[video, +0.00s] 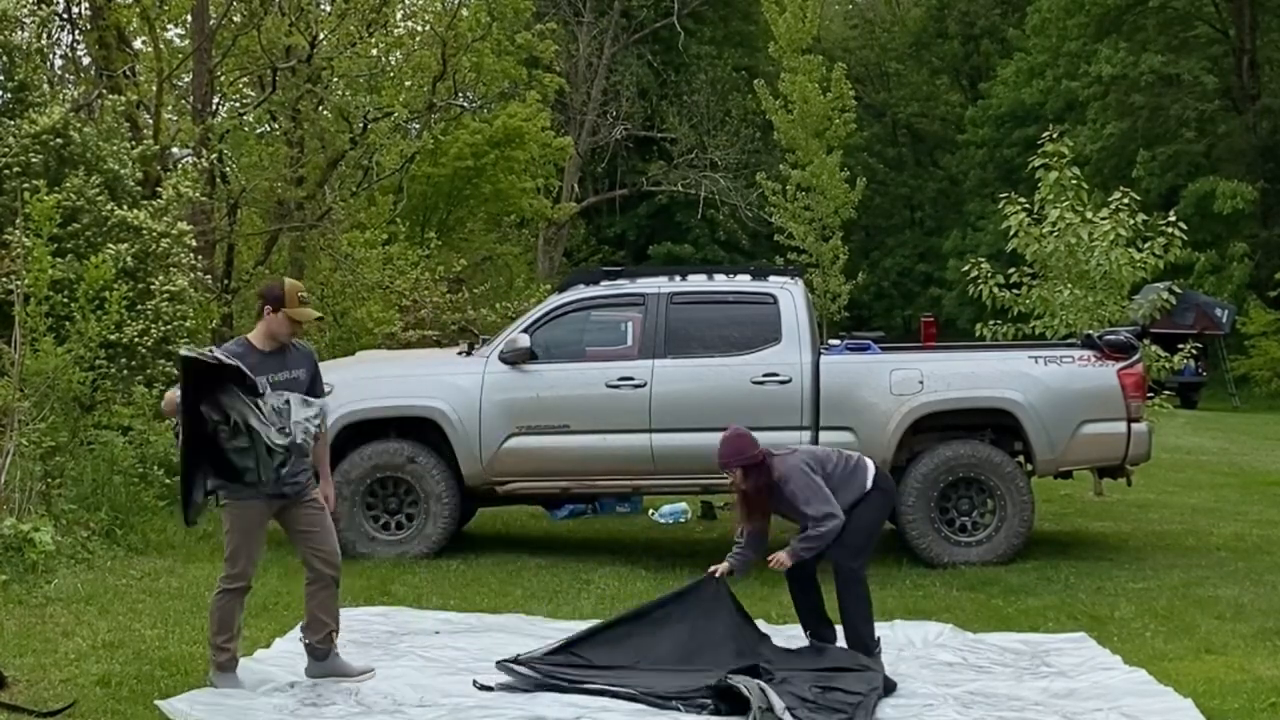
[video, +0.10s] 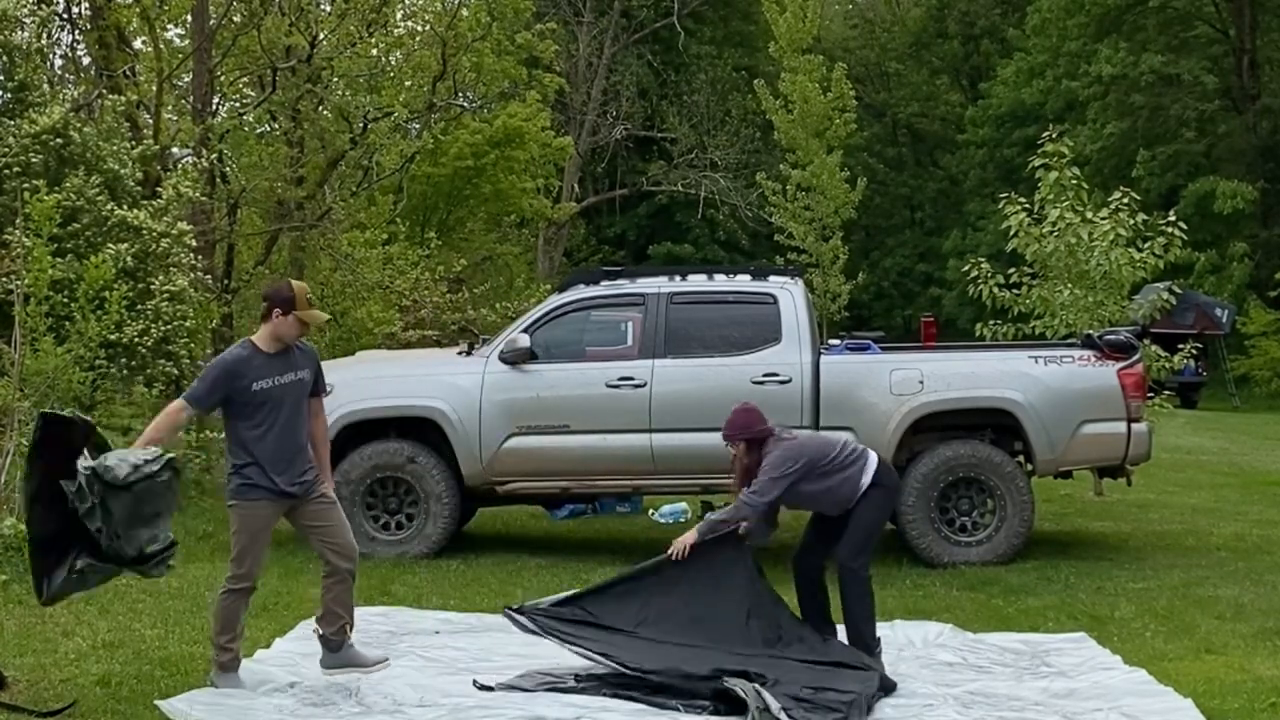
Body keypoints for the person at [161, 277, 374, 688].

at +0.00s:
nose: (298, 327)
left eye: (300, 320)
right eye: (293, 319)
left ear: (285, 316)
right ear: (269, 313)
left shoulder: (303, 358)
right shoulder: (228, 358)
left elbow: (318, 425)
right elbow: (170, 403)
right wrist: (201, 389)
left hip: (298, 486)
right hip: (246, 489)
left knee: (326, 562)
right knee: (237, 577)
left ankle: (321, 656)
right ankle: (223, 667)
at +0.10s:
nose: (305, 329)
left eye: (306, 322)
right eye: (299, 321)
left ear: (287, 317)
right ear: (275, 316)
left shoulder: (305, 357)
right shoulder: (233, 364)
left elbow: (316, 416)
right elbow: (181, 410)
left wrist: (325, 474)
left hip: (305, 482)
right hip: (254, 487)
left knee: (343, 555)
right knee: (243, 578)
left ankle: (336, 647)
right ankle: (225, 669)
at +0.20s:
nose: (336, 333)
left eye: (337, 327)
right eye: (333, 326)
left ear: (316, 322)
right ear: (310, 321)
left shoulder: (332, 363)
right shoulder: (263, 369)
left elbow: (339, 423)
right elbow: (223, 426)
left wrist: (348, 480)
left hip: (325, 489)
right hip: (277, 492)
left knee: (354, 567)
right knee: (257, 581)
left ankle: (373, 658)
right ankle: (226, 667)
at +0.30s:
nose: (403, 336)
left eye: (404, 329)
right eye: (399, 328)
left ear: (382, 327)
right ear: (378, 326)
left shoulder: (388, 371)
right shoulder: (338, 370)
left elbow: (388, 435)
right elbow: (304, 427)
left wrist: (398, 492)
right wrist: (310, 491)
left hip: (374, 499)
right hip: (335, 499)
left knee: (385, 582)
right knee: (315, 582)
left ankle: (384, 670)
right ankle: (245, 653)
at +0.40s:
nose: (444, 335)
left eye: (445, 327)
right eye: (441, 326)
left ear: (422, 324)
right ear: (420, 322)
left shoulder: (425, 368)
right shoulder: (380, 365)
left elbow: (429, 432)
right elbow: (352, 426)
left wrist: (449, 489)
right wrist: (370, 484)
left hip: (405, 486)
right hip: (382, 487)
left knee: (393, 571)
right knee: (425, 558)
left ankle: (386, 666)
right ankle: (358, 628)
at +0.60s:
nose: (529, 342)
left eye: (529, 335)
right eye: (525, 334)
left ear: (498, 334)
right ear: (507, 335)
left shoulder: (493, 374)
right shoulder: (483, 385)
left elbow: (510, 442)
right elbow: (492, 460)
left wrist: (537, 484)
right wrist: (532, 512)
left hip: (471, 497)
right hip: (476, 501)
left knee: (481, 580)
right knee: (511, 585)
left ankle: (414, 643)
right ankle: (515, 678)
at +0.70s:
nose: (574, 357)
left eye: (575, 350)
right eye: (573, 349)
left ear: (547, 345)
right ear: (554, 346)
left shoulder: (540, 387)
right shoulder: (519, 388)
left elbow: (550, 452)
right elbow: (510, 463)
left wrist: (577, 503)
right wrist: (551, 512)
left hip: (490, 492)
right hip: (480, 495)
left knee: (499, 576)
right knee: (510, 583)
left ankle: (486, 659)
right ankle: (515, 677)